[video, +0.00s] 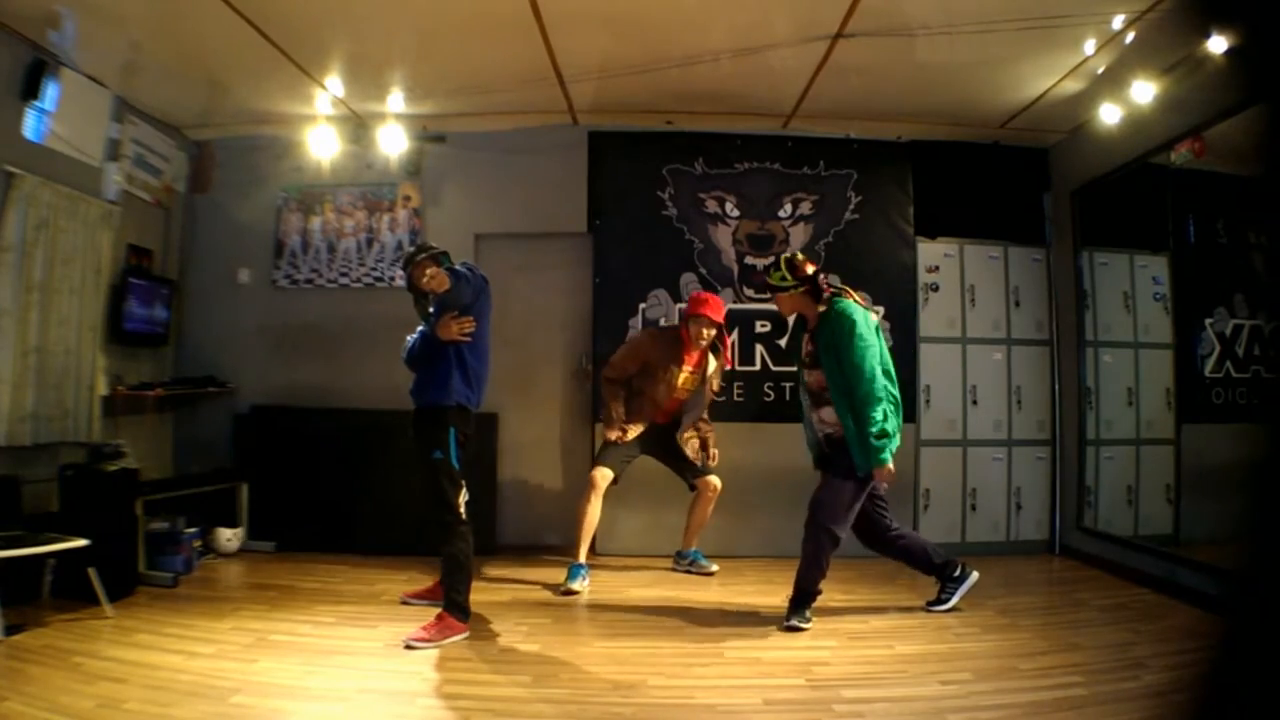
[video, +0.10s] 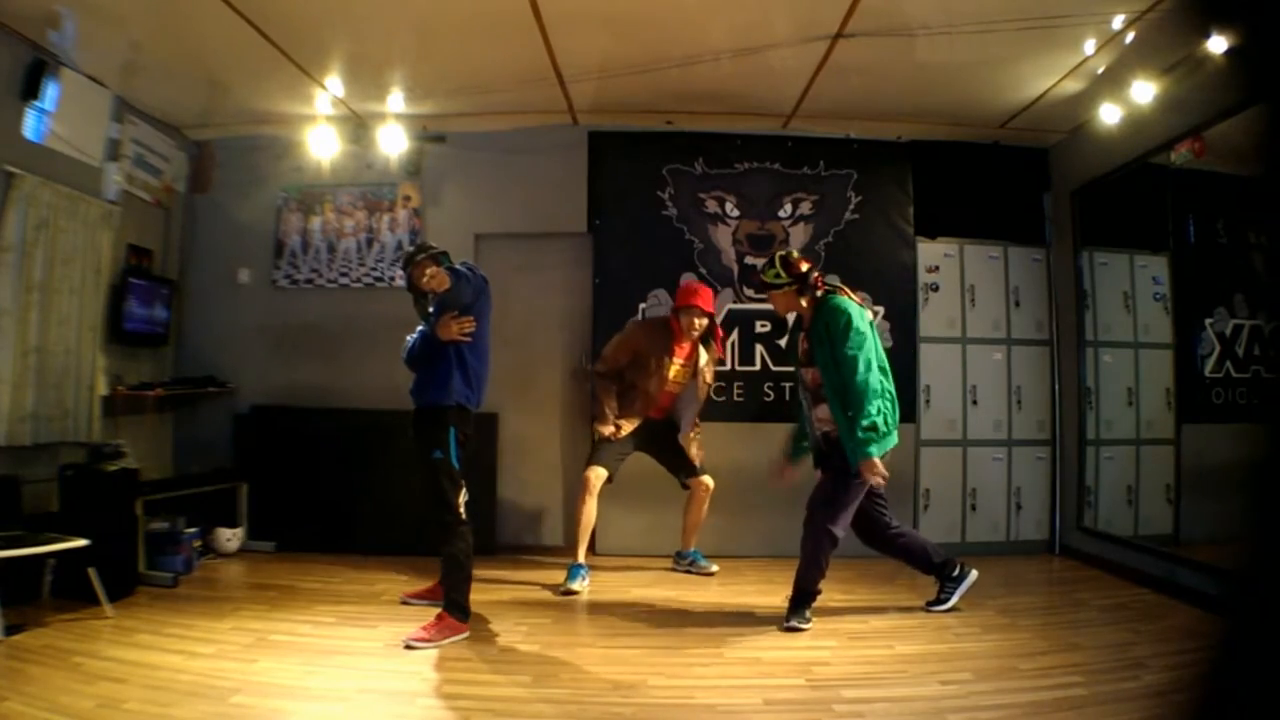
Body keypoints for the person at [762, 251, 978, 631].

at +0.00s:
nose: (775, 301)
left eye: (777, 293)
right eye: (774, 293)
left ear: (797, 290)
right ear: (799, 288)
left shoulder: (846, 317)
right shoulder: (815, 321)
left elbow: (868, 385)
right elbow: (825, 389)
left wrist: (879, 451)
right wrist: (821, 446)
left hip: (859, 443)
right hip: (837, 443)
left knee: (824, 518)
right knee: (876, 530)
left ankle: (801, 604)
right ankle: (951, 572)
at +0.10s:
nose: (771, 301)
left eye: (773, 294)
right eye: (769, 294)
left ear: (793, 288)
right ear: (793, 288)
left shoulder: (839, 313)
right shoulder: (810, 319)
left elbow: (860, 382)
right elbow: (814, 394)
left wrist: (864, 451)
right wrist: (795, 450)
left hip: (857, 442)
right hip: (835, 441)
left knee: (823, 517)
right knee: (875, 528)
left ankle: (800, 604)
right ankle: (951, 572)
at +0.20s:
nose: (766, 303)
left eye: (769, 295)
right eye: (765, 296)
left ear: (790, 289)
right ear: (790, 290)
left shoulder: (839, 309)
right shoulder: (805, 329)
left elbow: (866, 372)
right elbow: (800, 400)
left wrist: (847, 432)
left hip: (865, 435)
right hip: (843, 439)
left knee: (823, 517)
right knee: (876, 527)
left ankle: (801, 604)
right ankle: (952, 572)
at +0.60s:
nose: (762, 304)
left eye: (765, 295)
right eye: (760, 297)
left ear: (788, 289)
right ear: (783, 293)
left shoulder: (839, 306)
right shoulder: (793, 339)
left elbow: (878, 336)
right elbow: (772, 391)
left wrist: (885, 376)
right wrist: (719, 385)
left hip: (867, 439)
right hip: (837, 446)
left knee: (824, 515)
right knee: (877, 526)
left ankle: (801, 603)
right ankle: (950, 571)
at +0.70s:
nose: (763, 309)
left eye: (764, 300)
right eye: (760, 302)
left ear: (785, 291)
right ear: (784, 294)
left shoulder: (835, 307)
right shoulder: (796, 332)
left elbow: (877, 337)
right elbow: (794, 386)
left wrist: (903, 383)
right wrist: (742, 376)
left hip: (864, 438)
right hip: (837, 444)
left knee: (819, 515)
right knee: (878, 527)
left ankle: (800, 604)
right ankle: (952, 572)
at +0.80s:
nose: (764, 309)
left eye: (766, 301)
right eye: (762, 303)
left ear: (786, 293)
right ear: (782, 295)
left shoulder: (840, 306)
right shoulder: (788, 328)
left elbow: (880, 345)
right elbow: (781, 379)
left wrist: (903, 398)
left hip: (864, 433)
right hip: (840, 437)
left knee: (815, 515)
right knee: (877, 524)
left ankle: (800, 603)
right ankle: (952, 572)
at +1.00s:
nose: (768, 295)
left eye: (774, 286)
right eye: (764, 287)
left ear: (800, 276)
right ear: (763, 285)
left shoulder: (852, 303)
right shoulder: (769, 317)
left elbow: (895, 346)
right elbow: (762, 361)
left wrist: (904, 399)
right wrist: (810, 327)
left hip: (854, 429)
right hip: (810, 437)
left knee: (820, 517)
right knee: (856, 518)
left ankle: (801, 603)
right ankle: (924, 561)